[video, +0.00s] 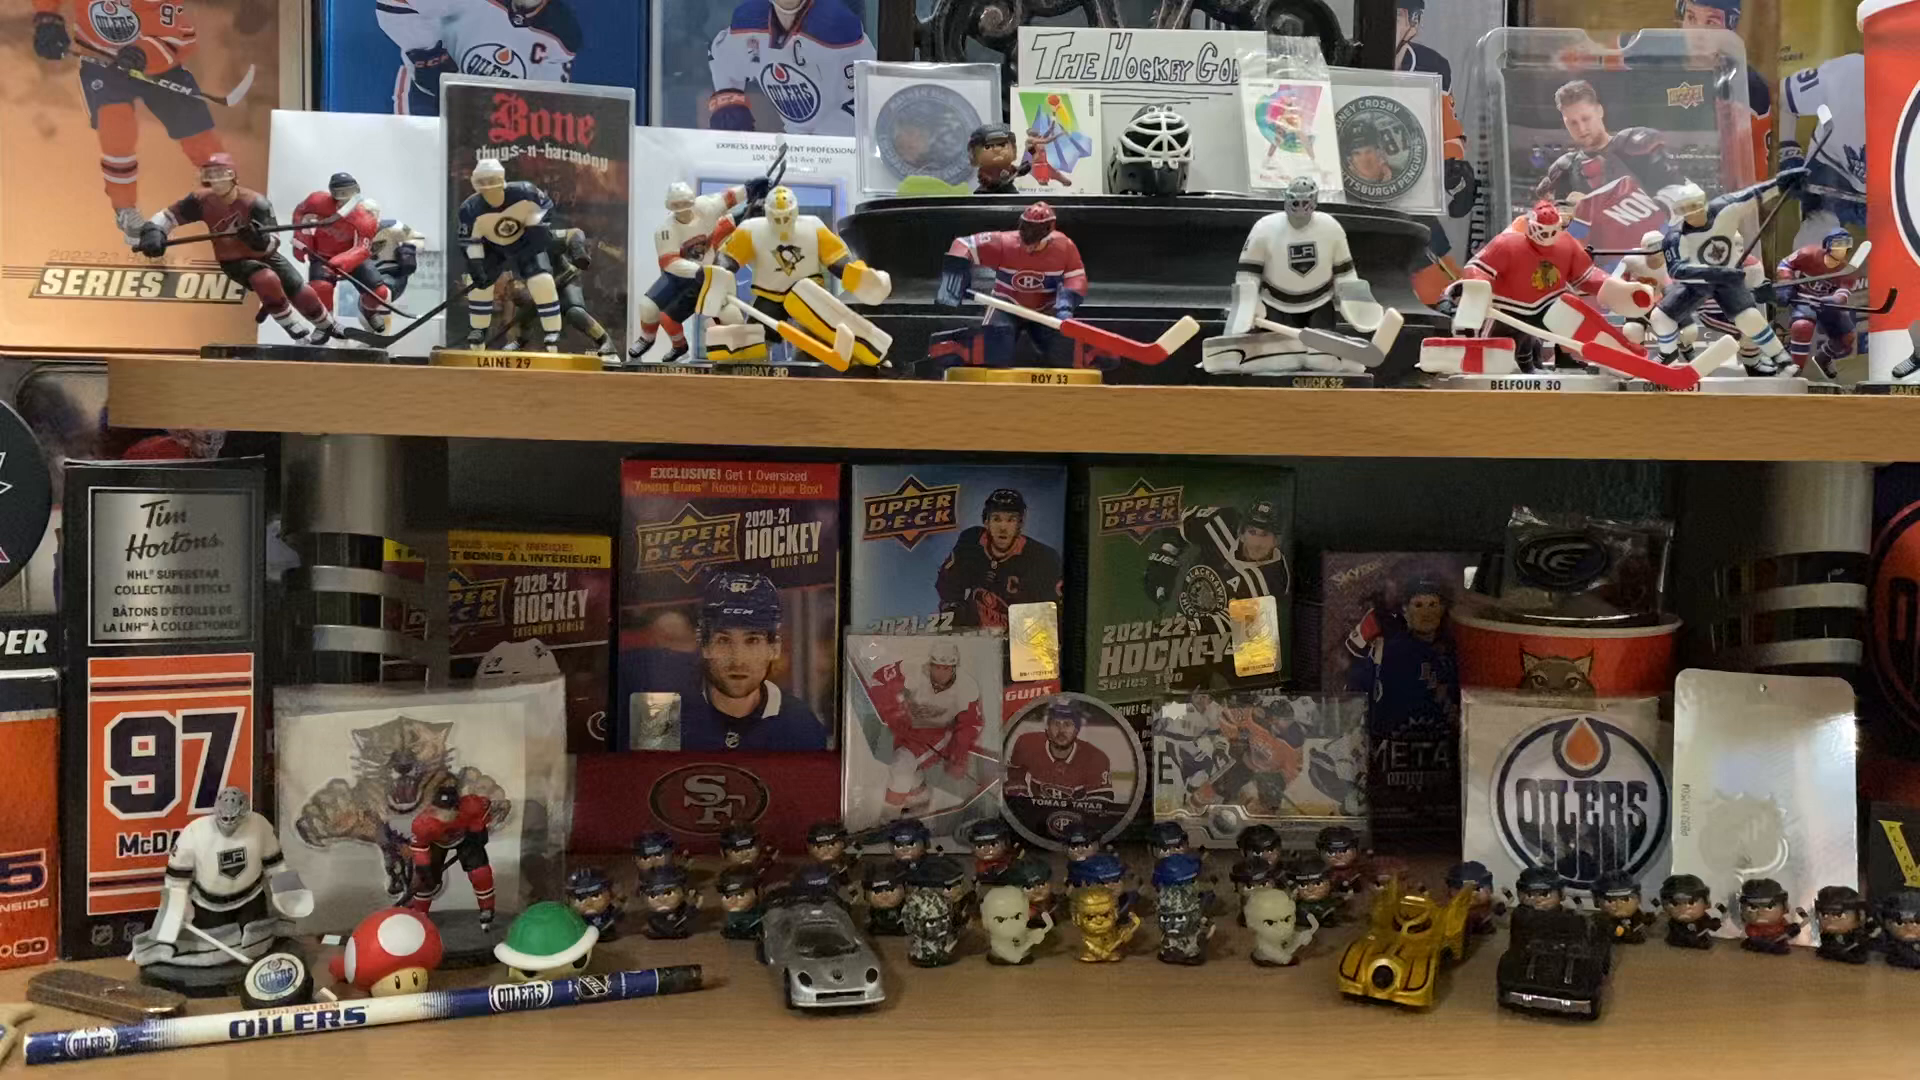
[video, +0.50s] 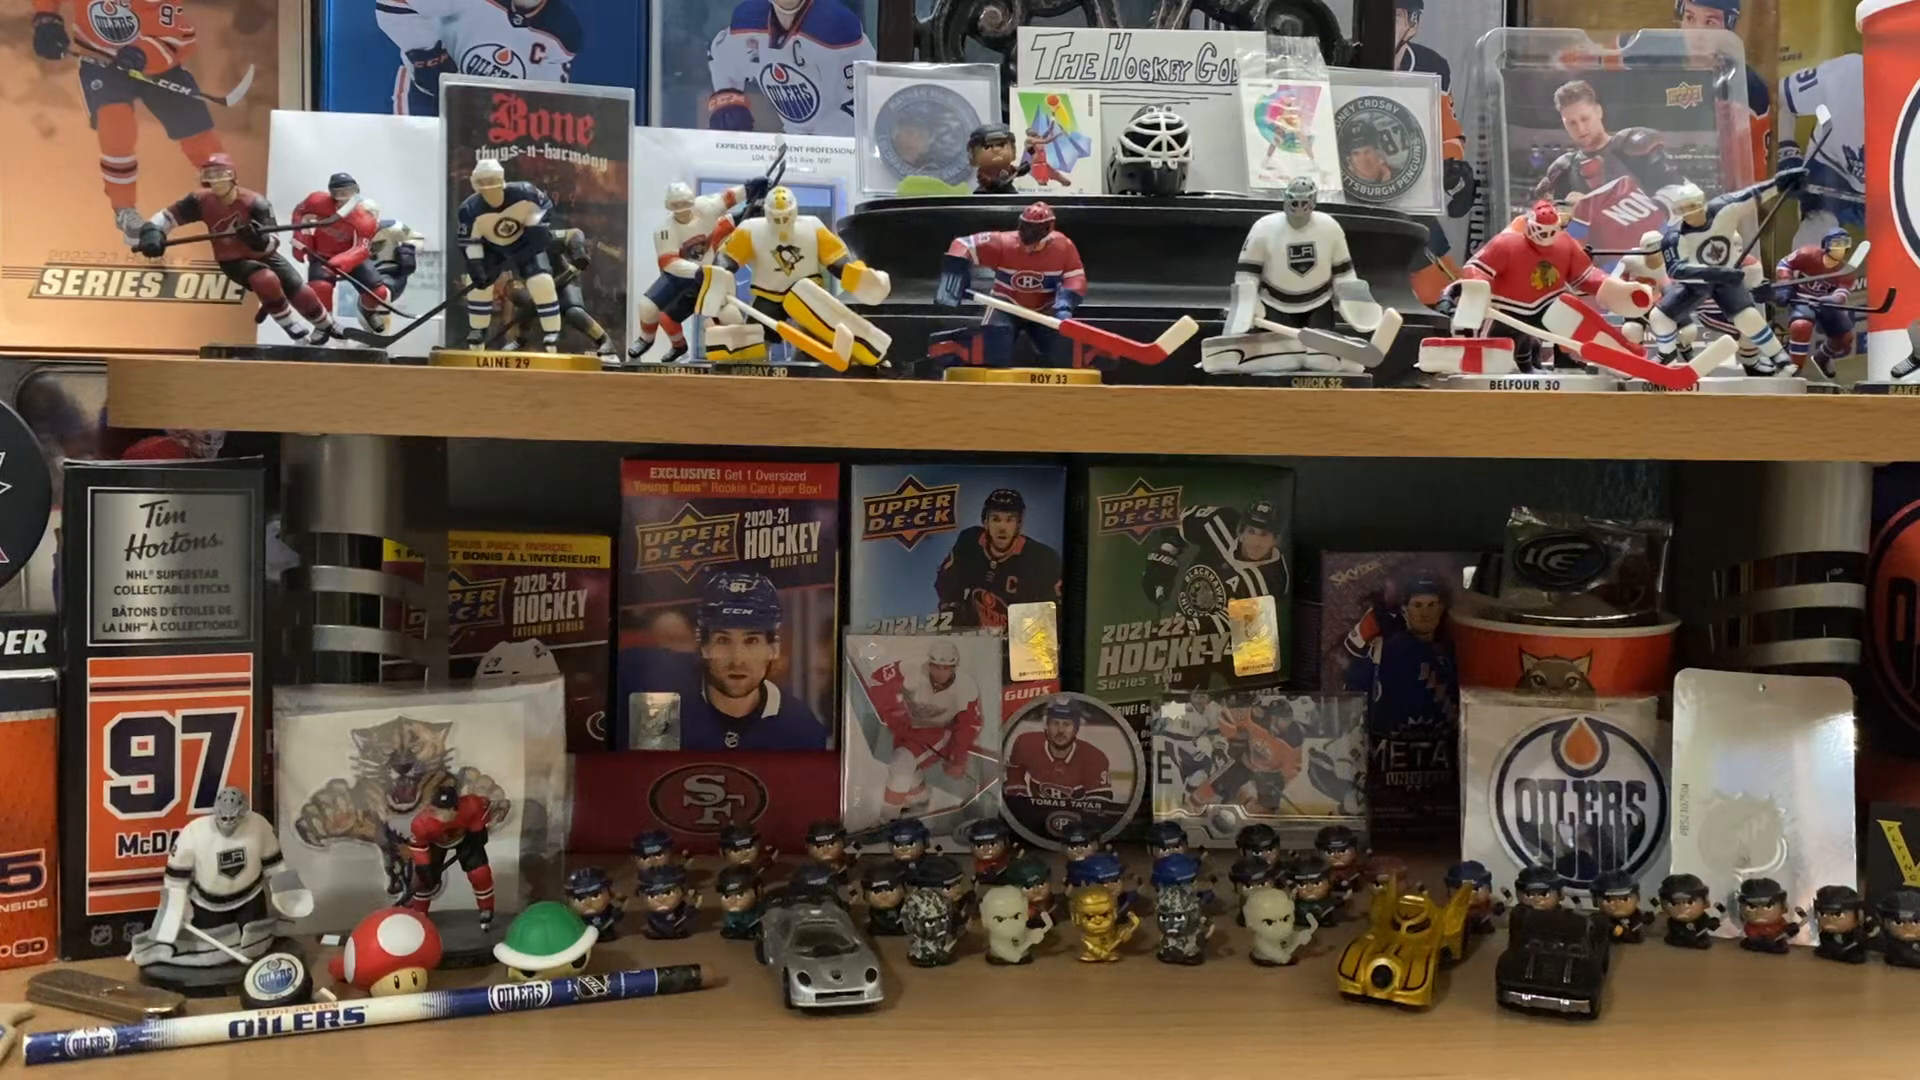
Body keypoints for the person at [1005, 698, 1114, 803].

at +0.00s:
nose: (1061, 730)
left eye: (1067, 724)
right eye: (1056, 724)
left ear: (1077, 730)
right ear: (1047, 727)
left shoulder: (1096, 758)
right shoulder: (1026, 744)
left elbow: (1101, 802)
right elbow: (1015, 788)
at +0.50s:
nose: (1060, 730)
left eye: (1066, 724)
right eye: (1055, 724)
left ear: (1076, 729)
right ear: (1047, 726)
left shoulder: (1094, 758)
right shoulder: (1025, 744)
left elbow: (1099, 801)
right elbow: (1014, 786)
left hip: (1075, 819)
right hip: (1033, 814)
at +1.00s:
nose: (1060, 730)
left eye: (1067, 724)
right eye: (1055, 724)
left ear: (1076, 729)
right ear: (1047, 726)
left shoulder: (1095, 758)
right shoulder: (1025, 744)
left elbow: (1099, 802)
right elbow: (1014, 780)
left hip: (1075, 817)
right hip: (1033, 813)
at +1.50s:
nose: (1060, 730)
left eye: (1066, 724)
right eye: (1055, 724)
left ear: (1076, 729)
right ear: (1047, 726)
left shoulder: (1095, 758)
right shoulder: (1025, 744)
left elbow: (1100, 800)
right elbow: (1014, 778)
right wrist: (1022, 806)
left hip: (1075, 818)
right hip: (1034, 813)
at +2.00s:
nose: (1060, 730)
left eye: (1066, 724)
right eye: (1055, 724)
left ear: (1076, 729)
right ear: (1047, 726)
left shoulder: (1095, 758)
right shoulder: (1025, 744)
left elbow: (1099, 802)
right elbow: (1014, 777)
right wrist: (1021, 804)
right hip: (1034, 811)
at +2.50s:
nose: (1060, 730)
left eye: (1067, 724)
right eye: (1055, 724)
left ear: (1076, 729)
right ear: (1047, 726)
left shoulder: (1095, 758)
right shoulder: (1025, 744)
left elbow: (1099, 801)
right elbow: (1014, 778)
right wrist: (1023, 807)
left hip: (1075, 817)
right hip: (1034, 812)